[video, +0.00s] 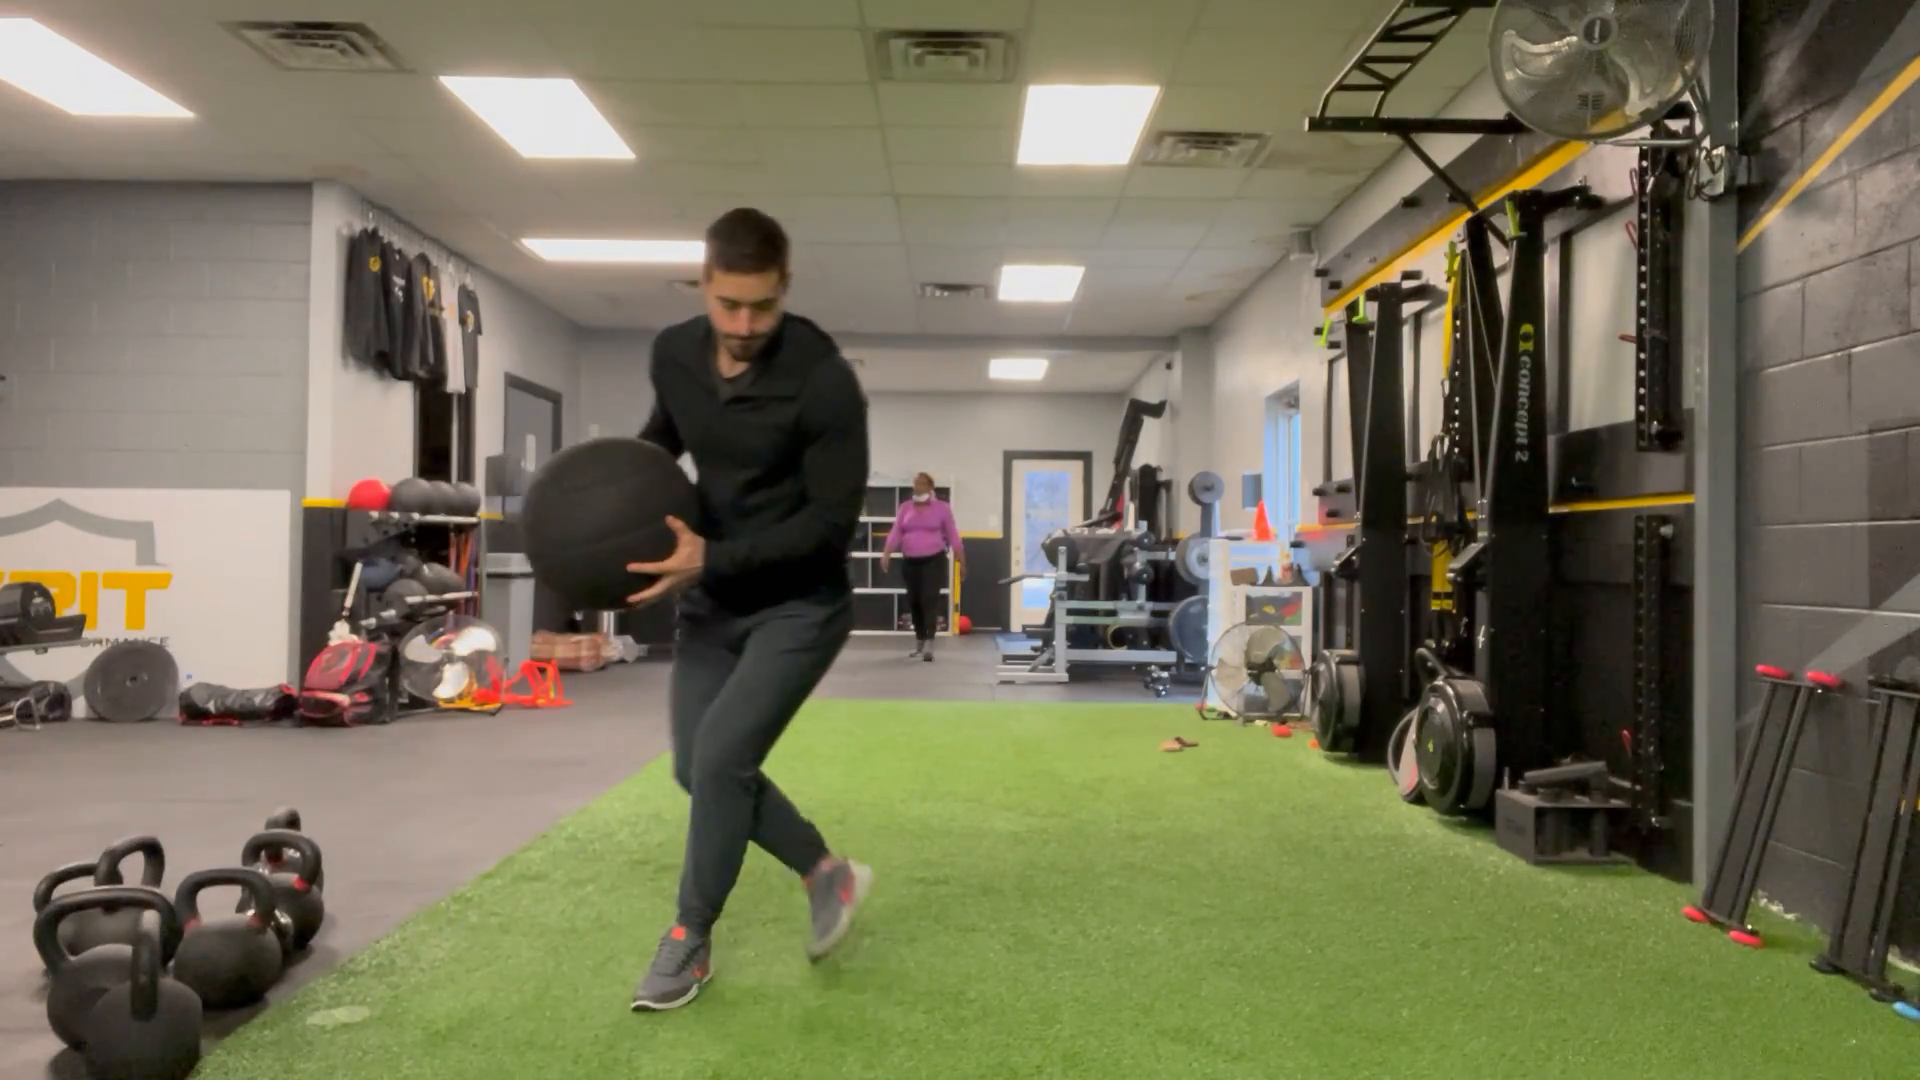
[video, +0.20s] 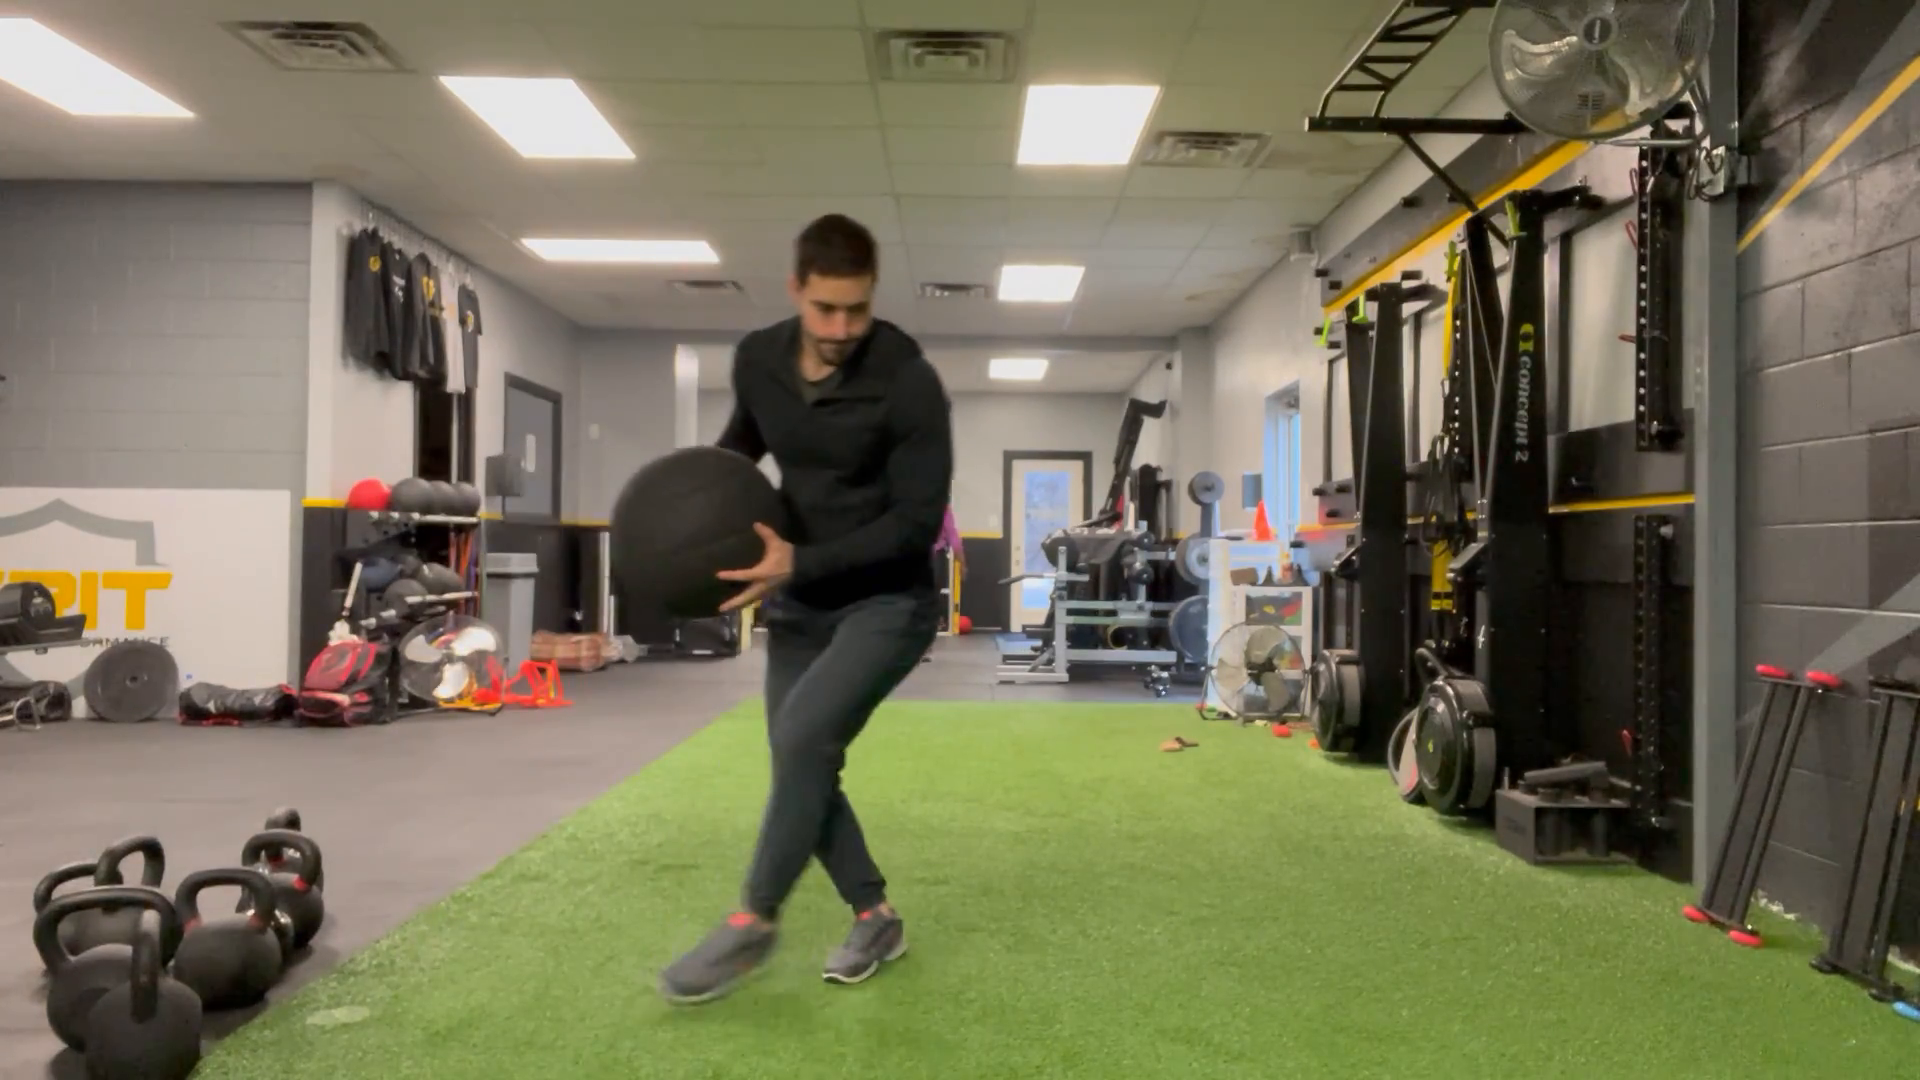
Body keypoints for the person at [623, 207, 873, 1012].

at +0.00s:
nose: (745, 323)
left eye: (762, 306)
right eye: (730, 304)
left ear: (785, 291)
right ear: (705, 287)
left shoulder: (825, 381)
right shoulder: (678, 353)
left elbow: (832, 524)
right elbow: (664, 437)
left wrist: (714, 555)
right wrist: (615, 505)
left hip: (804, 601)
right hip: (715, 599)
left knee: (720, 758)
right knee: (697, 768)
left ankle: (690, 935)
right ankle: (826, 872)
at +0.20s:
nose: (840, 327)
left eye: (856, 309)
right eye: (824, 309)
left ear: (875, 297)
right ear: (794, 292)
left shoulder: (909, 382)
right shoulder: (759, 359)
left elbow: (916, 525)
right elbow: (744, 441)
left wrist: (800, 562)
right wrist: (692, 512)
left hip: (892, 595)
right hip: (800, 598)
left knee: (805, 731)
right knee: (794, 749)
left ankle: (753, 919)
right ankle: (874, 913)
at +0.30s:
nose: (891, 328)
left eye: (907, 310)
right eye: (876, 309)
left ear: (925, 299)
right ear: (844, 292)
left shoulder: (952, 385)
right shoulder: (805, 357)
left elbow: (961, 526)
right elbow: (780, 443)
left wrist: (846, 566)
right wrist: (739, 522)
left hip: (932, 590)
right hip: (841, 591)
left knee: (868, 722)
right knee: (816, 765)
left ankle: (866, 915)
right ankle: (877, 918)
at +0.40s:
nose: (946, 331)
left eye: (962, 313)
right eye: (930, 311)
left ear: (978, 303)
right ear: (897, 293)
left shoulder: (1001, 397)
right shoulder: (847, 358)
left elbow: (999, 536)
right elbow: (815, 439)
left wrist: (884, 573)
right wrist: (768, 525)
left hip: (973, 597)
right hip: (877, 596)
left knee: (973, 749)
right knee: (842, 764)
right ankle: (880, 918)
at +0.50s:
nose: (1015, 332)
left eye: (1028, 316)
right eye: (1000, 313)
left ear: (1041, 308)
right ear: (961, 294)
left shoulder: (1057, 400)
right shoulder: (903, 356)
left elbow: (1037, 542)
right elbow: (840, 441)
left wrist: (920, 577)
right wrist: (793, 515)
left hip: (1018, 613)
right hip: (913, 611)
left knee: (1084, 763)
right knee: (869, 764)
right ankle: (883, 917)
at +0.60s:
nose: (1108, 324)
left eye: (1121, 307)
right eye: (1094, 303)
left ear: (1131, 305)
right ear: (1055, 289)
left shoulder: (1135, 404)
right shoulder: (977, 352)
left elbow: (1091, 541)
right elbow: (892, 410)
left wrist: (976, 577)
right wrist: (829, 485)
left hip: (1079, 616)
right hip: (971, 614)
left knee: (1164, 763)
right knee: (930, 780)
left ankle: (1229, 927)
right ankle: (878, 914)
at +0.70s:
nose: (1211, 292)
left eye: (1220, 277)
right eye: (1196, 273)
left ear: (1222, 282)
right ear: (1148, 269)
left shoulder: (1214, 385)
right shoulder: (1067, 343)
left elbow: (1179, 504)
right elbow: (960, 412)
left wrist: (1101, 578)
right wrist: (932, 500)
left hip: (1136, 609)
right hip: (1041, 606)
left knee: (1207, 768)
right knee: (1011, 794)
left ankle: (1242, 935)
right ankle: (866, 885)